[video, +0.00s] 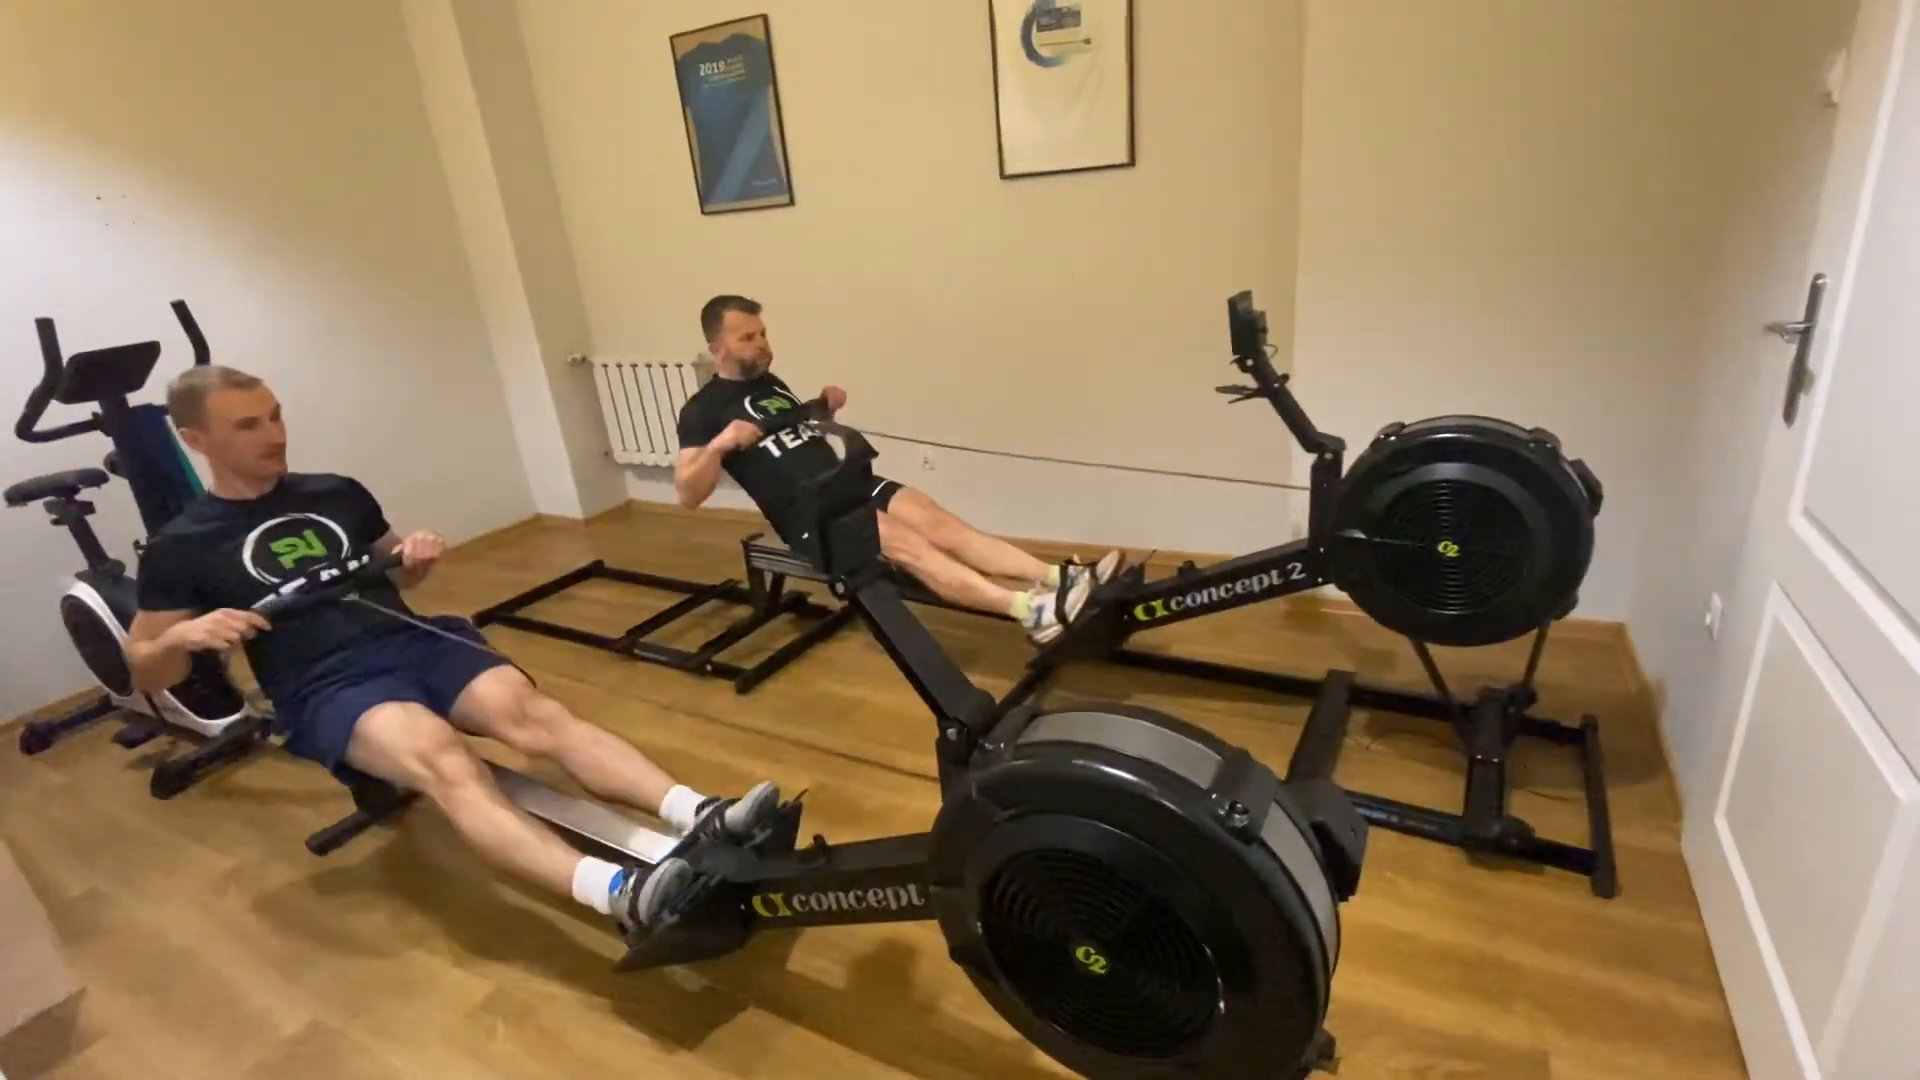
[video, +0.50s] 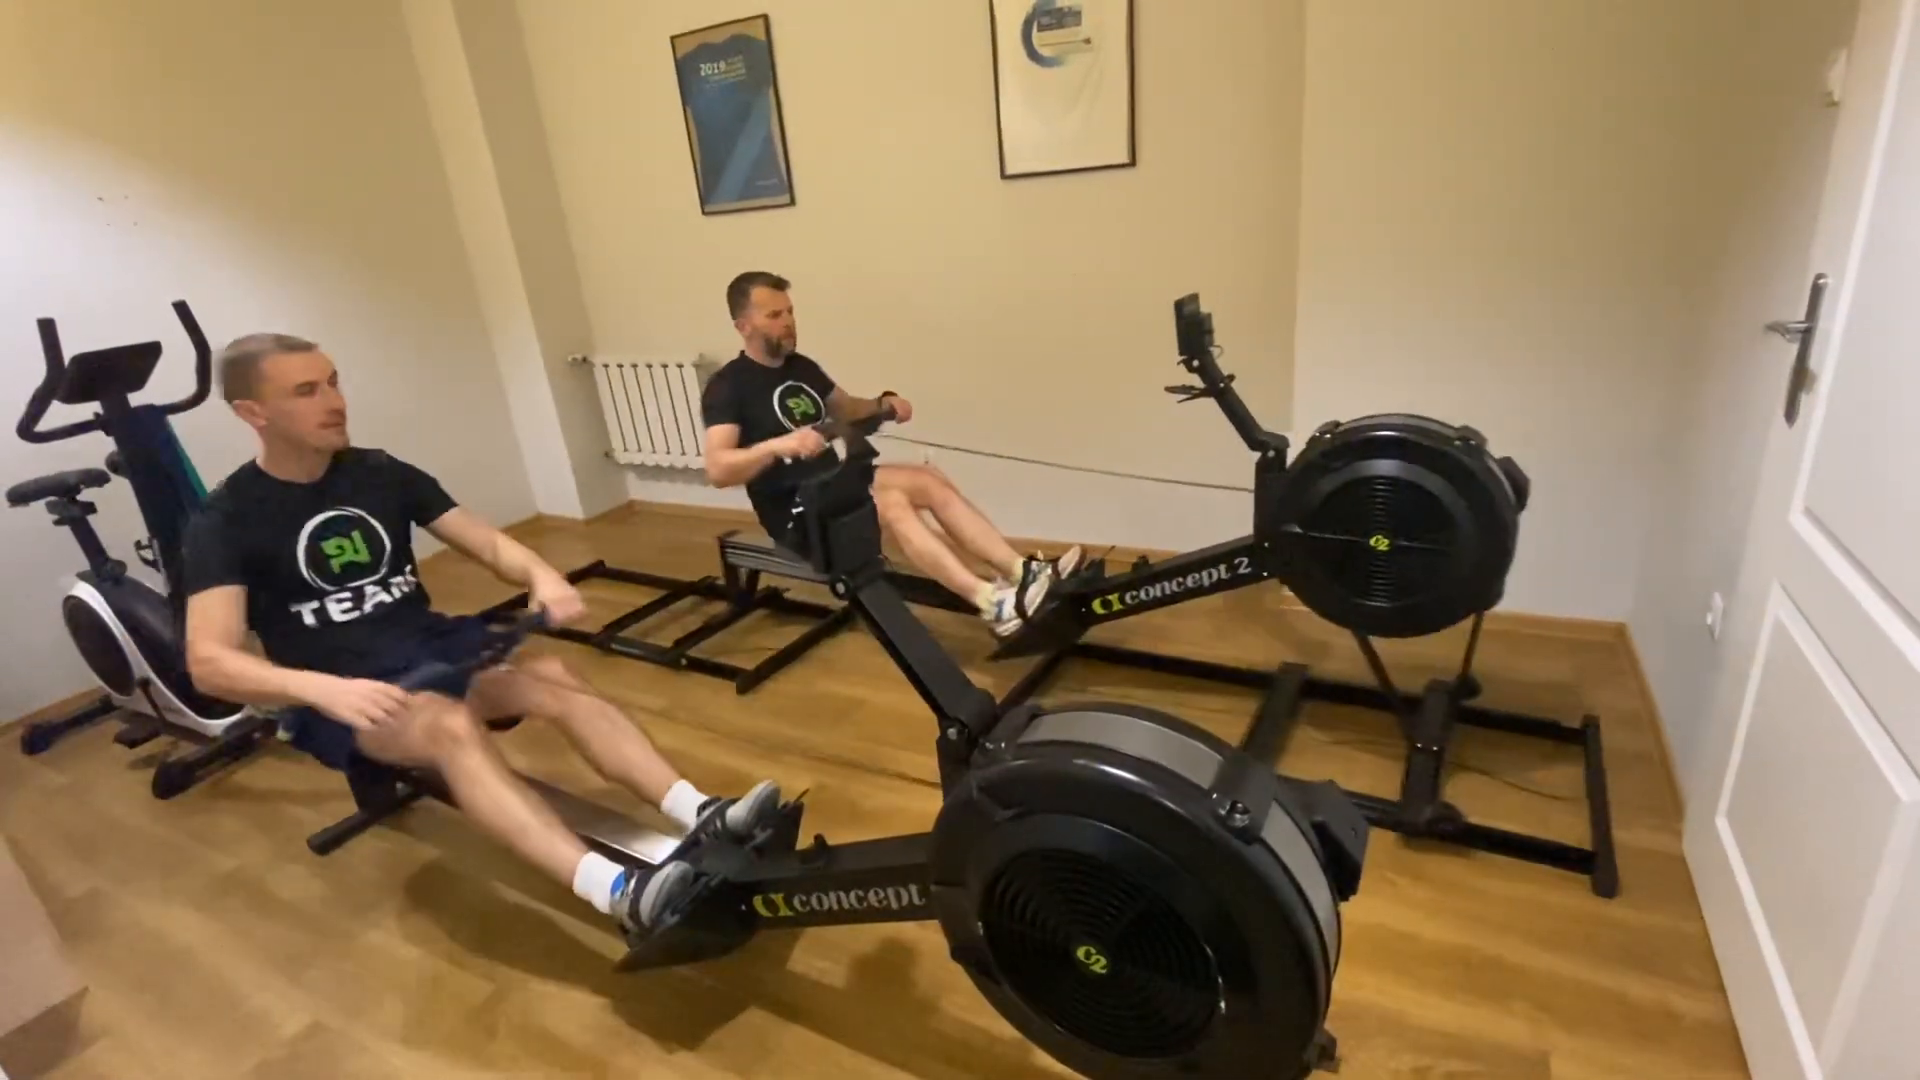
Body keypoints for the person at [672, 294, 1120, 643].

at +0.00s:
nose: (763, 347)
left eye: (763, 335)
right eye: (750, 338)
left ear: (760, 333)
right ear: (716, 346)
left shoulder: (769, 383)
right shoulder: (701, 410)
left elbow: (796, 432)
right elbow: (687, 492)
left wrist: (821, 408)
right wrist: (718, 446)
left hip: (856, 485)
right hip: (816, 517)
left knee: (940, 522)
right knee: (910, 548)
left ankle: (1061, 579)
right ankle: (1030, 611)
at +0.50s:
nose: (789, 323)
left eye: (789, 312)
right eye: (776, 315)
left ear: (791, 312)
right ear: (743, 324)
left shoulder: (800, 365)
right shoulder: (726, 387)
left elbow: (843, 411)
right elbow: (718, 468)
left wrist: (879, 408)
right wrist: (778, 446)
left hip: (844, 485)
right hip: (798, 510)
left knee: (928, 481)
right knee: (891, 504)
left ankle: (1023, 575)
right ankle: (993, 604)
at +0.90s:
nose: (821, 323)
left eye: (822, 312)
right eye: (808, 317)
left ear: (824, 308)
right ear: (775, 327)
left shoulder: (831, 367)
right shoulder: (756, 381)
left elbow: (891, 406)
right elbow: (771, 460)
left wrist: (942, 417)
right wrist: (849, 466)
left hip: (848, 487)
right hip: (791, 505)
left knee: (921, 452)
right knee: (877, 481)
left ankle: (975, 564)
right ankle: (940, 591)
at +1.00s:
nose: (829, 324)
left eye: (829, 314)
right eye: (815, 318)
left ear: (832, 311)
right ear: (782, 328)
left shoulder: (838, 367)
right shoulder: (762, 382)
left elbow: (901, 406)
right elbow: (781, 458)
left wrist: (951, 420)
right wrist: (859, 471)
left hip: (846, 486)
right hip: (791, 506)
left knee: (914, 444)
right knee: (866, 480)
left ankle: (969, 562)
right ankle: (931, 589)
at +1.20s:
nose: (841, 328)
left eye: (842, 317)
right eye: (827, 321)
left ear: (846, 314)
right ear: (794, 331)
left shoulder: (851, 369)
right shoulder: (773, 385)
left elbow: (919, 407)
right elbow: (810, 455)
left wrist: (975, 425)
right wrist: (886, 475)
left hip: (846, 489)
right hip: (791, 513)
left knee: (913, 437)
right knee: (859, 484)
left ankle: (953, 556)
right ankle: (908, 582)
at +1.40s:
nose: (857, 331)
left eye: (857, 320)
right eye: (843, 323)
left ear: (861, 319)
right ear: (808, 335)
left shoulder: (867, 371)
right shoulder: (791, 390)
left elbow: (941, 405)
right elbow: (842, 453)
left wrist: (1002, 429)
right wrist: (923, 480)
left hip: (848, 499)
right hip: (793, 517)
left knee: (913, 425)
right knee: (837, 457)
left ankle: (938, 551)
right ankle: (883, 573)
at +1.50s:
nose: (866, 334)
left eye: (866, 323)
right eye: (851, 327)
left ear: (870, 323)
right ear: (817, 339)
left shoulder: (875, 374)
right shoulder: (805, 392)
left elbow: (955, 404)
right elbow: (854, 443)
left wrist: (1017, 432)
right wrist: (938, 478)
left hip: (847, 496)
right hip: (793, 516)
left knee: (915, 420)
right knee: (838, 446)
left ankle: (930, 546)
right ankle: (873, 567)